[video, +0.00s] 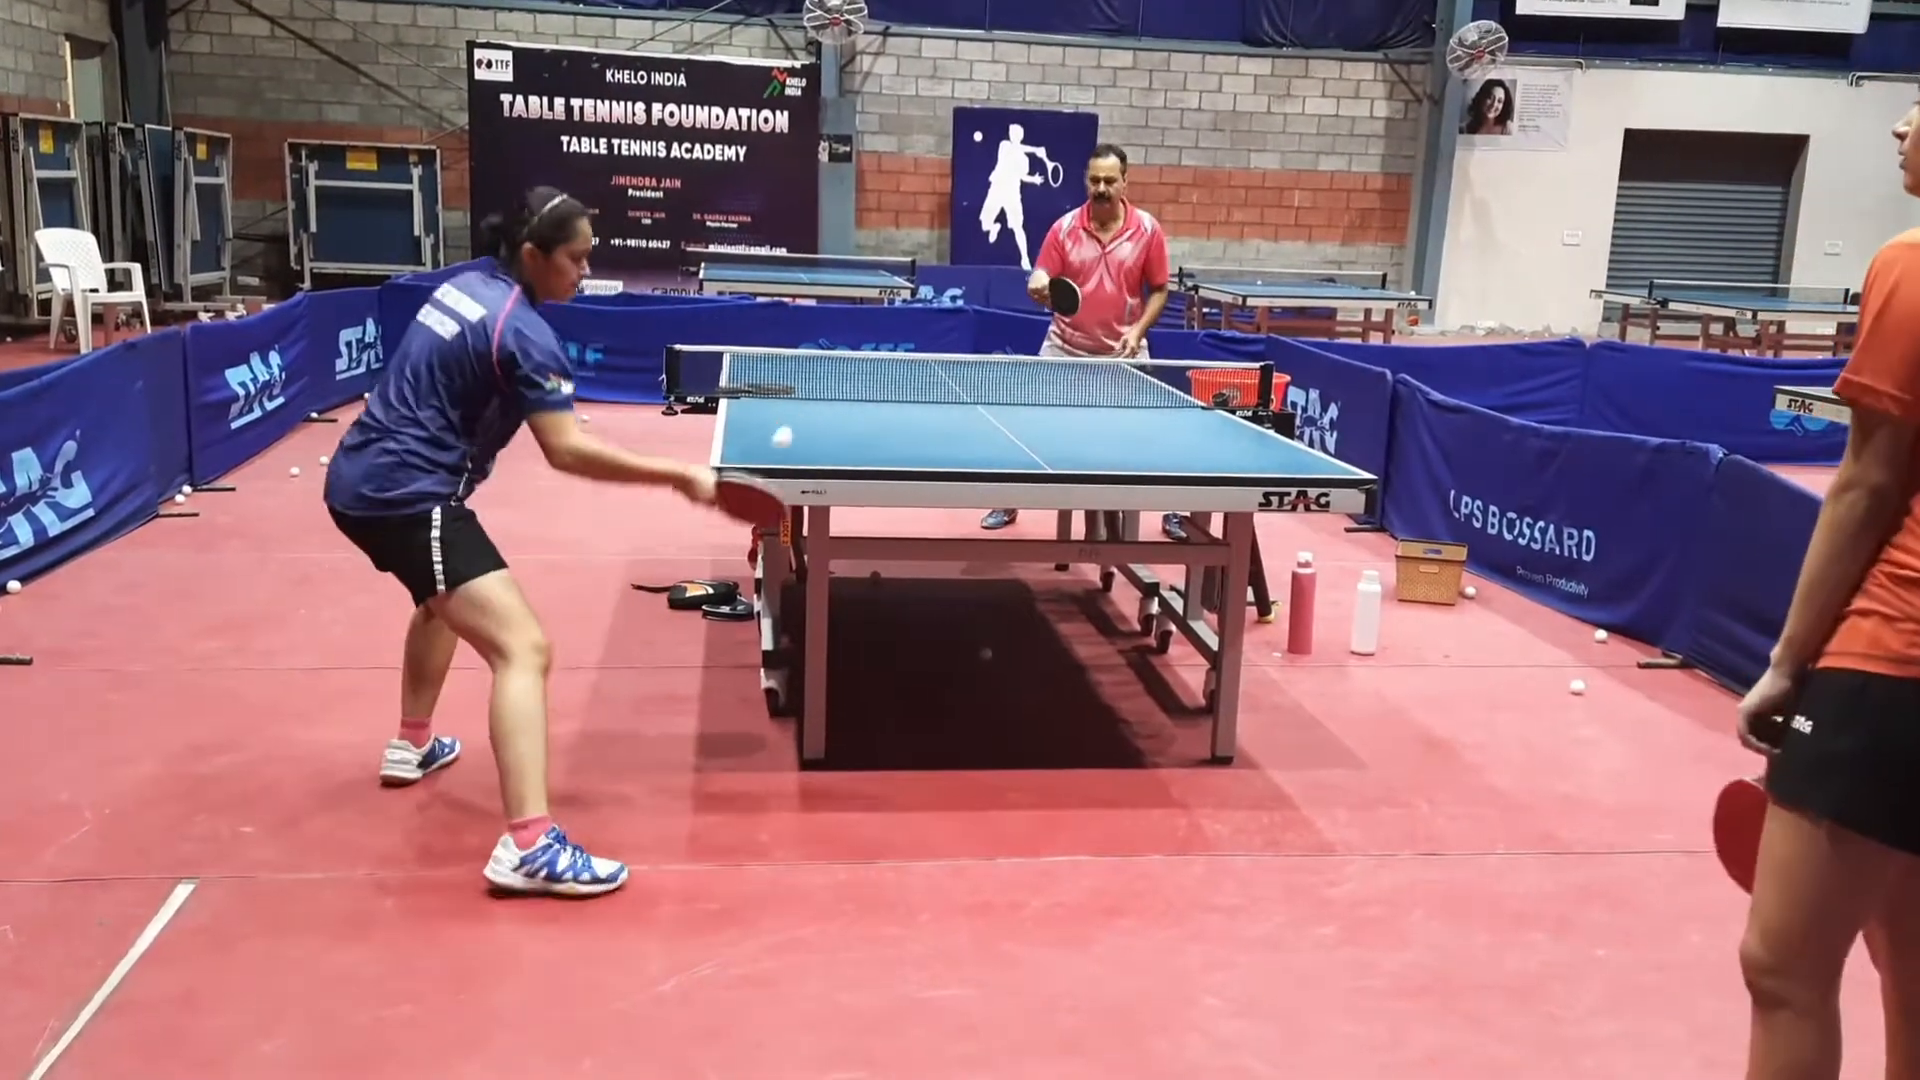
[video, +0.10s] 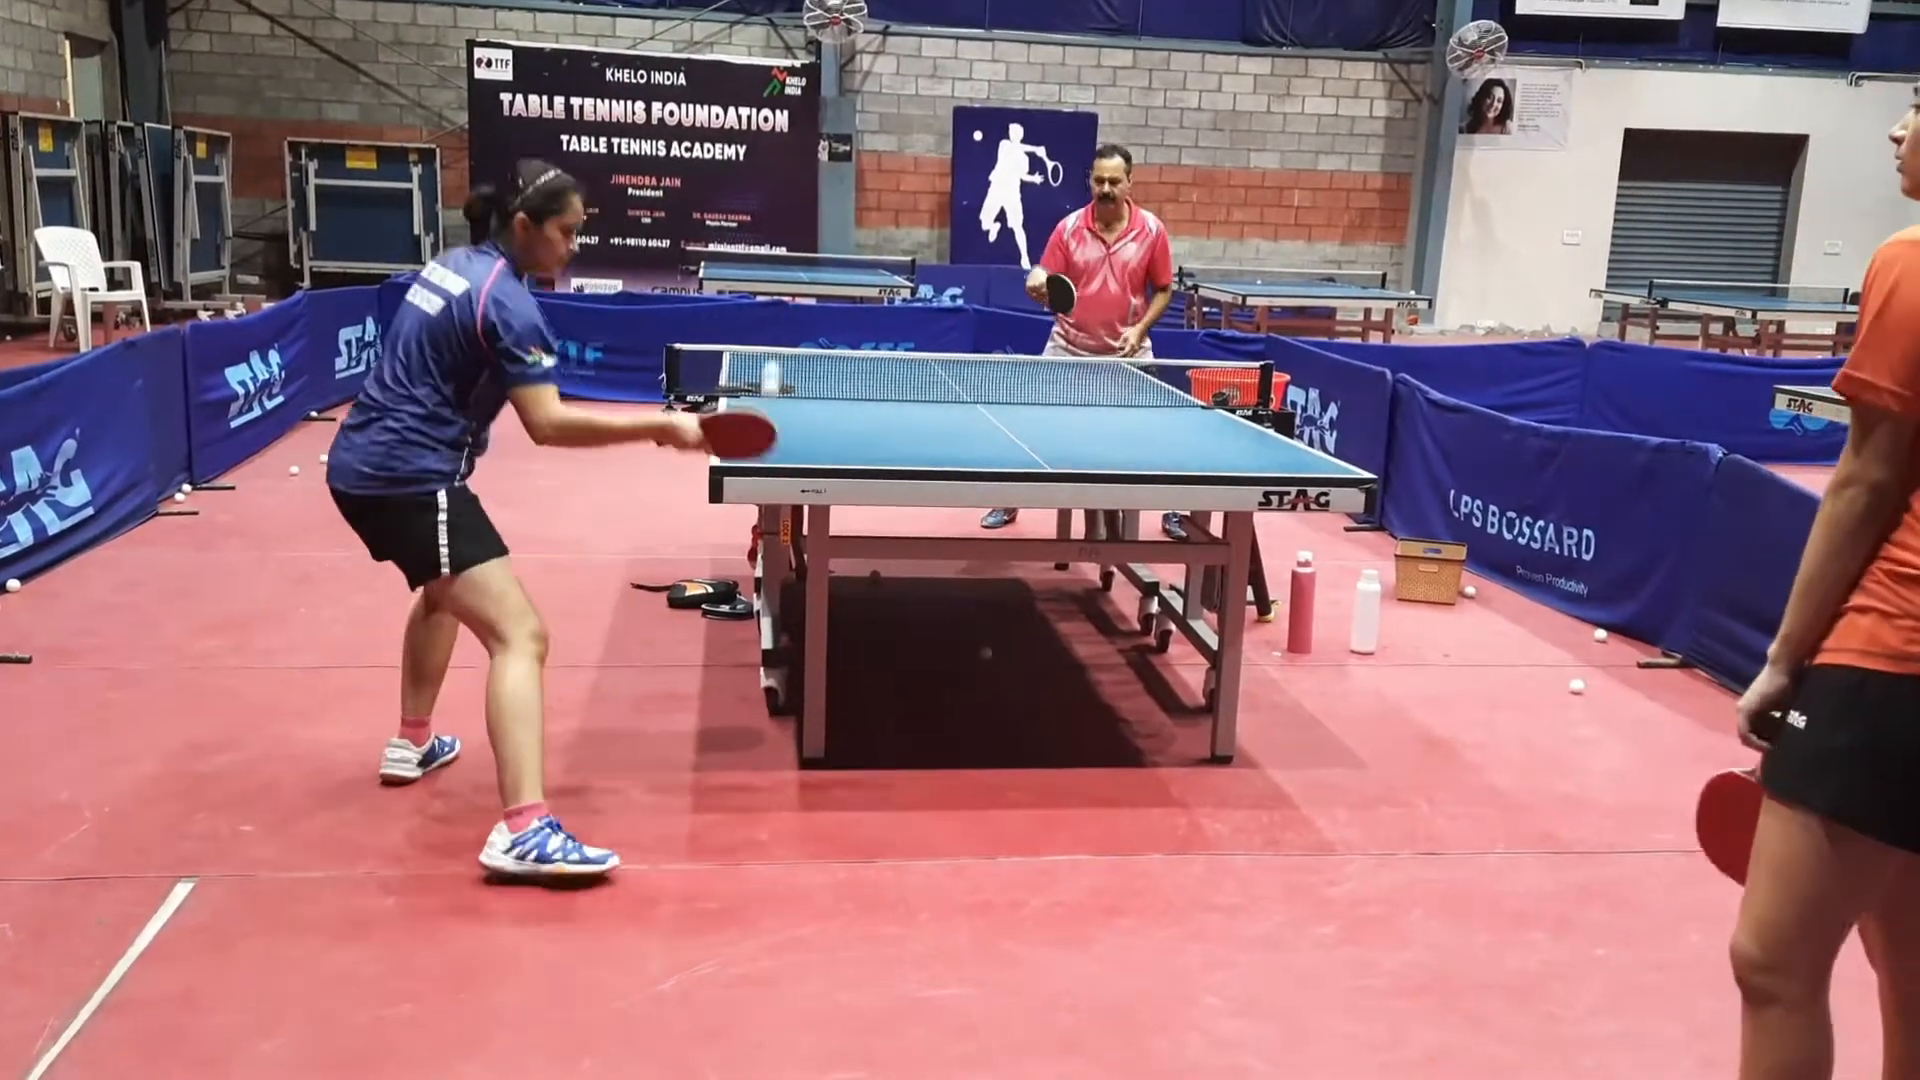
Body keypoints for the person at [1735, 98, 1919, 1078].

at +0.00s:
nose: (1900, 138)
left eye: (1910, 123)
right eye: (1906, 122)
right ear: (1909, 138)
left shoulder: (1907, 265)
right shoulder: (1902, 268)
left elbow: (1874, 482)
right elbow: (1871, 482)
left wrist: (1787, 662)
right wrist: (1802, 664)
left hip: (1880, 662)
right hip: (1886, 665)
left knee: (1784, 976)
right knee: (1909, 977)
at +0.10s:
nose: (1898, 136)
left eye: (1908, 119)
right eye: (1904, 118)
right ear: (1910, 138)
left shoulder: (1907, 263)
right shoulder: (1901, 266)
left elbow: (1874, 478)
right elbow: (1871, 478)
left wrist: (1784, 659)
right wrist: (1801, 664)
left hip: (1878, 659)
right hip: (1885, 661)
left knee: (1774, 968)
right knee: (1906, 970)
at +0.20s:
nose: (1893, 134)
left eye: (1908, 113)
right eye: (1901, 112)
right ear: (1917, 131)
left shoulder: (1906, 258)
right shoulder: (1900, 260)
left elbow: (1867, 476)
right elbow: (1868, 476)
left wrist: (1776, 661)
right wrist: (1795, 663)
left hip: (1881, 660)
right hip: (1894, 664)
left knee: (1753, 959)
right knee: (1906, 965)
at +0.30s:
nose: (1882, 121)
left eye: (1899, 98)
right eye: (1891, 97)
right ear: (1919, 119)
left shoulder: (1898, 262)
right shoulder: (1899, 261)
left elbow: (1851, 483)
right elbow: (1855, 483)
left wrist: (1768, 664)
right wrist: (1786, 661)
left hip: (1871, 667)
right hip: (1901, 671)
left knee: (1751, 963)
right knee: (1905, 969)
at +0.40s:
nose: (1858, 110)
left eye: (1877, 91)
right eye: (1870, 88)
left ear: (1918, 118)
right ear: (1915, 116)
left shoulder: (1883, 267)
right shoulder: (1892, 264)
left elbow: (1827, 495)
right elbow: (1837, 494)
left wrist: (1753, 669)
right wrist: (1766, 667)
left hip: (1856, 670)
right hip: (1899, 674)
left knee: (1759, 982)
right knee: (1902, 976)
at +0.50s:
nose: (1829, 108)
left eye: (1848, 89)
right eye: (1840, 86)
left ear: (1900, 114)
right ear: (1906, 115)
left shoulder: (1861, 270)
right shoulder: (1899, 256)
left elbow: (1795, 509)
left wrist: (1726, 681)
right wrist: (1735, 677)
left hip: (1838, 673)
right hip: (1908, 676)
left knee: (1752, 995)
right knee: (1895, 981)